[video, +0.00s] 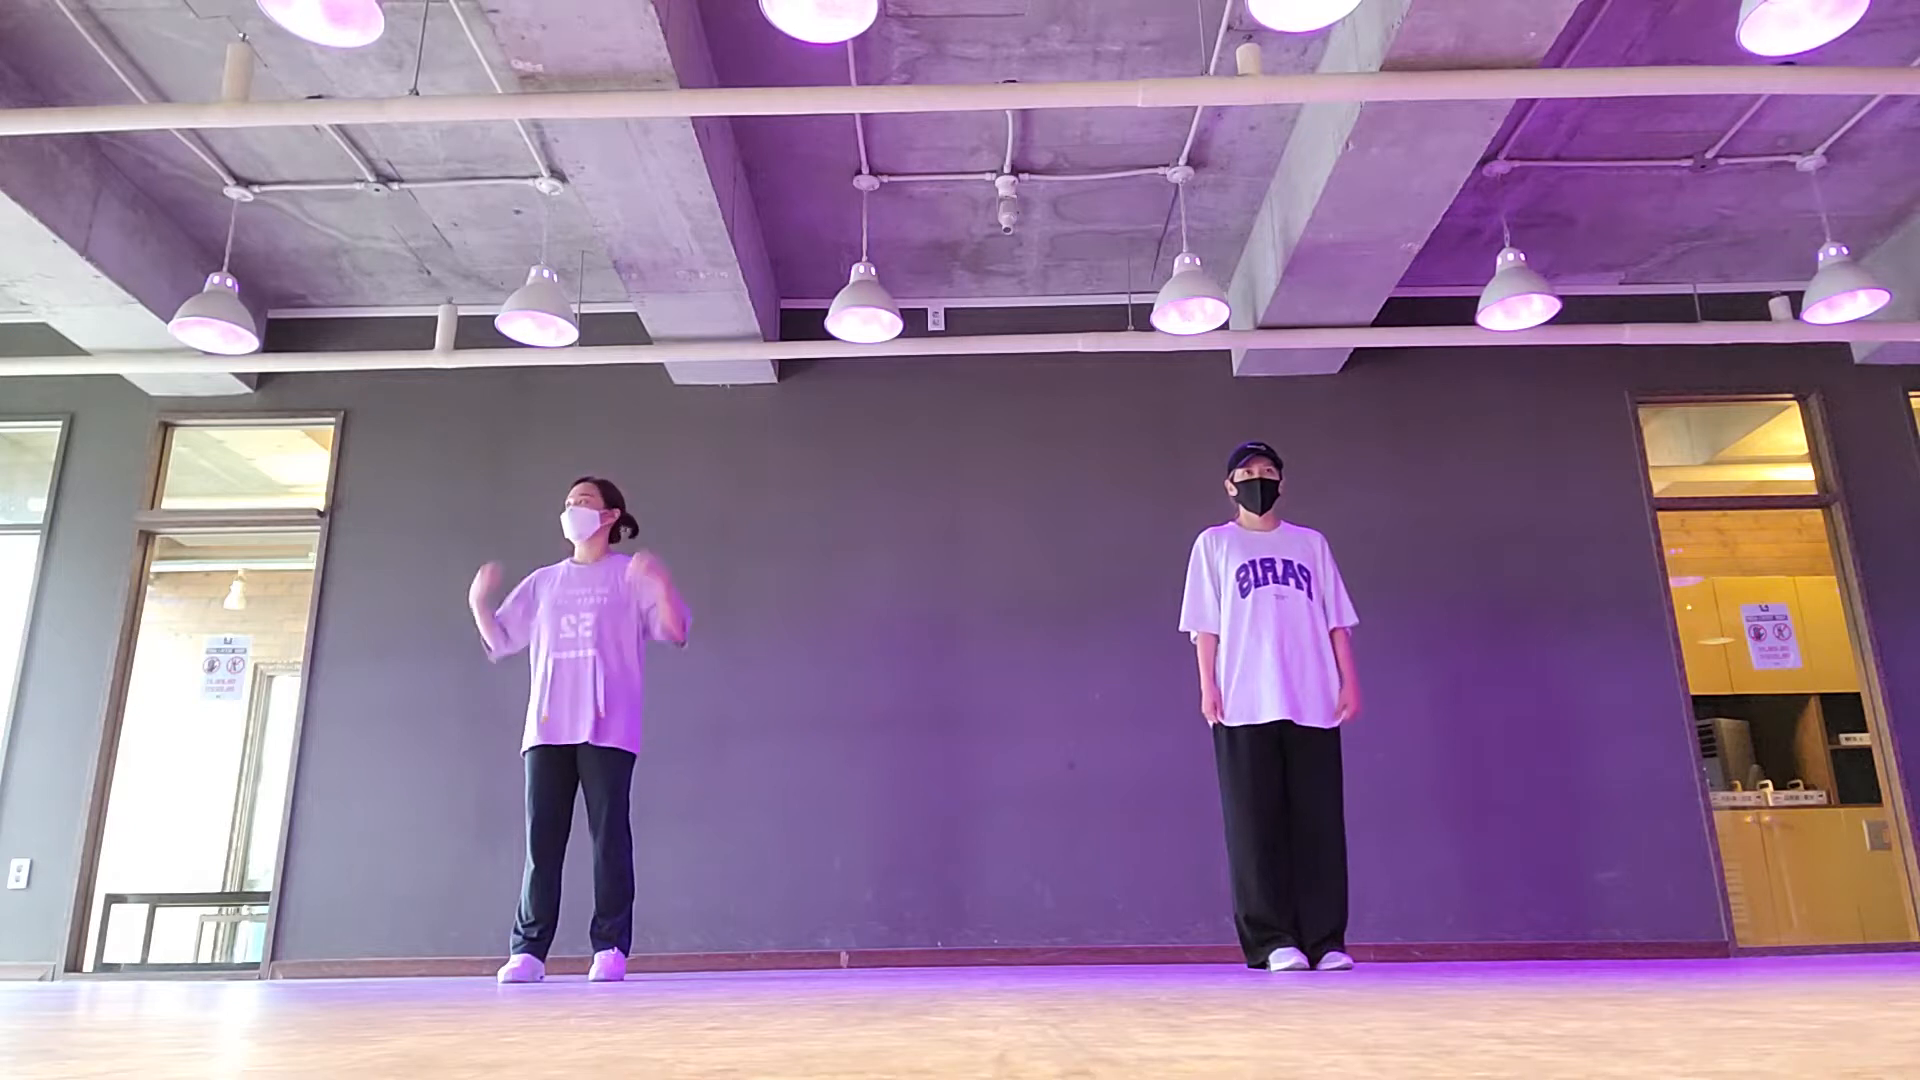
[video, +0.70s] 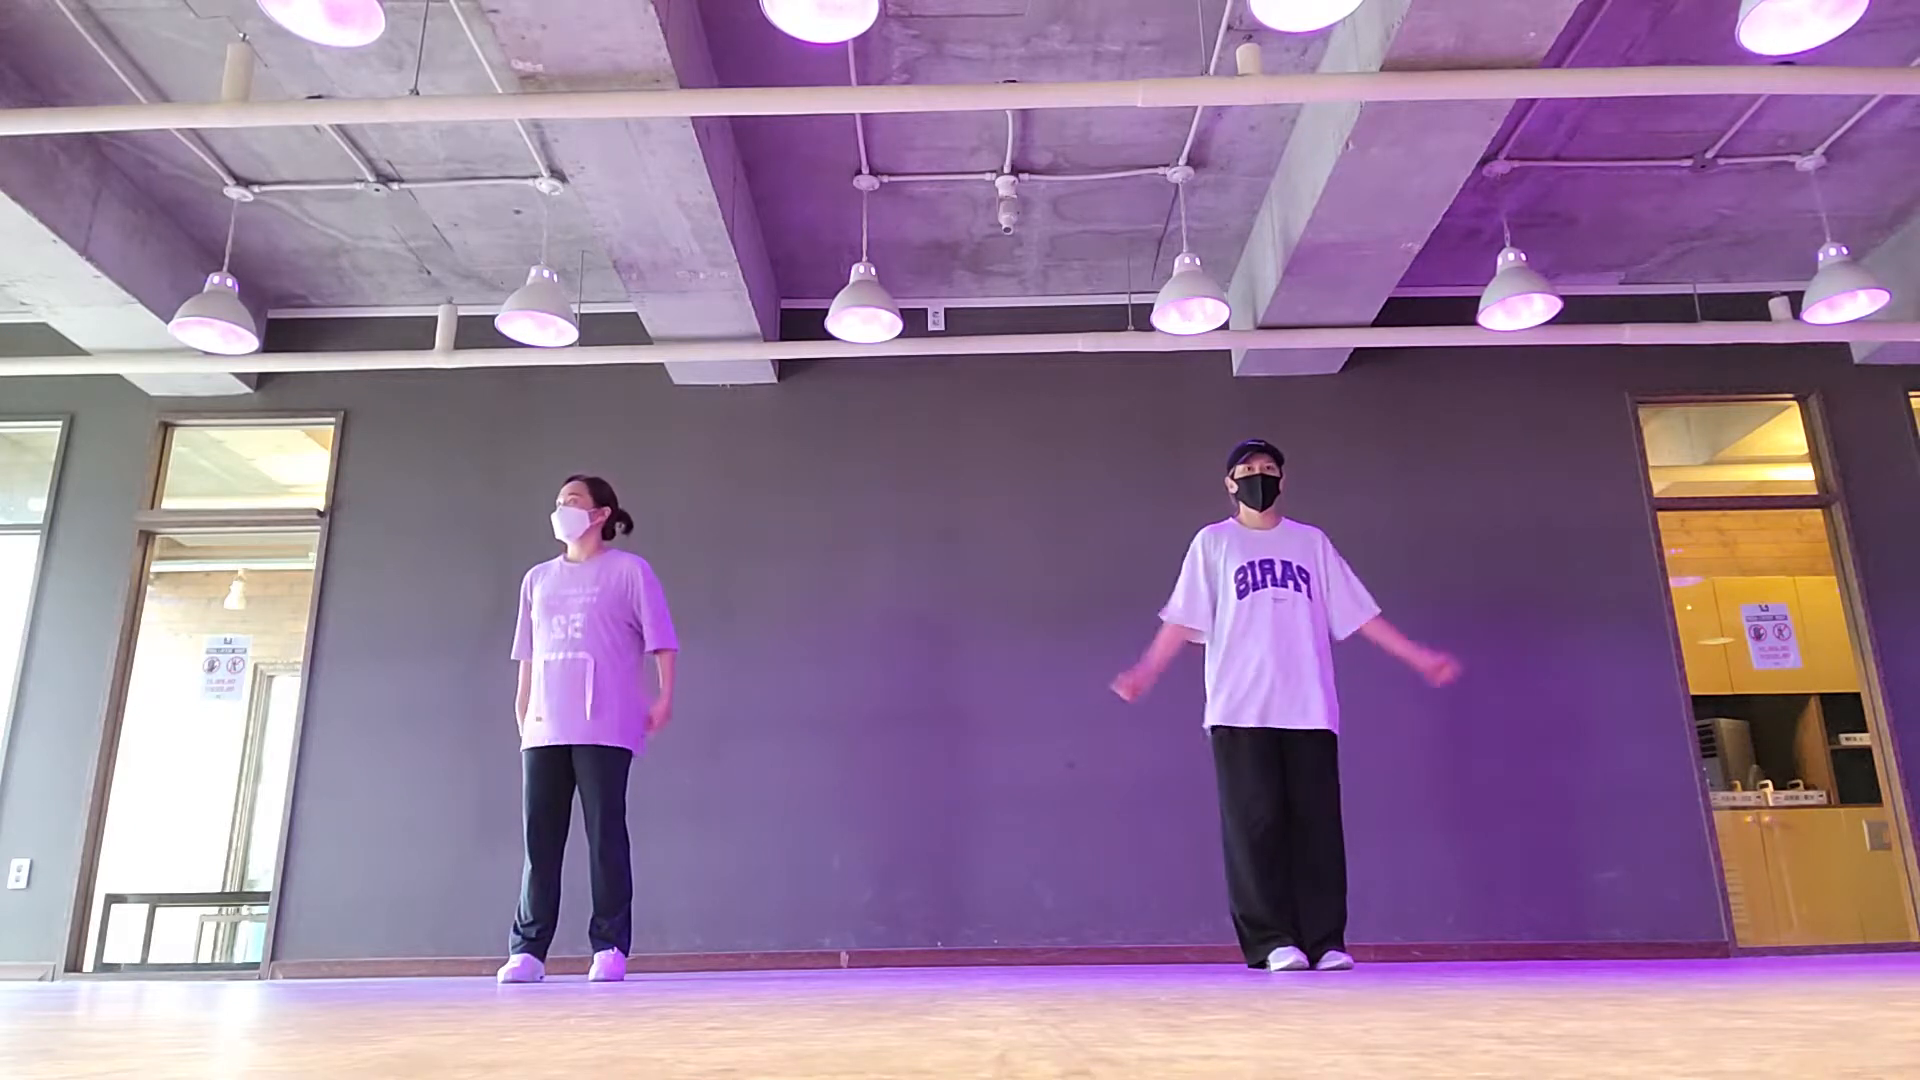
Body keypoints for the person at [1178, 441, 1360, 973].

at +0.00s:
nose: (1259, 480)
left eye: (1268, 472)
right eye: (1248, 472)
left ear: (1281, 483)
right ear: (1231, 485)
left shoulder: (1311, 543)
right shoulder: (1213, 544)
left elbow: (1336, 621)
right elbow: (1205, 624)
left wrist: (1349, 682)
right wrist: (1208, 685)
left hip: (1311, 702)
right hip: (1245, 706)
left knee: (1318, 823)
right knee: (1256, 828)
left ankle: (1326, 941)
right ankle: (1271, 943)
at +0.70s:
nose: (1259, 481)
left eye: (1268, 473)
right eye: (1248, 473)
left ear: (1282, 481)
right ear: (1230, 484)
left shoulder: (1313, 543)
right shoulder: (1211, 543)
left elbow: (1362, 616)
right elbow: (1181, 621)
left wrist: (1420, 658)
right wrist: (1144, 671)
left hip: (1309, 708)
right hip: (1241, 711)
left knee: (1317, 824)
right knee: (1257, 827)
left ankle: (1325, 941)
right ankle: (1273, 944)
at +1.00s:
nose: (1260, 478)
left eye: (1269, 470)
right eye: (1249, 470)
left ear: (1281, 479)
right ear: (1231, 481)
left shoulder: (1313, 538)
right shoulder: (1209, 539)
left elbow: (1368, 597)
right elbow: (1172, 610)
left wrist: (1369, 584)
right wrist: (1205, 566)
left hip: (1311, 704)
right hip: (1242, 707)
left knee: (1319, 821)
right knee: (1262, 827)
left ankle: (1328, 942)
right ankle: (1276, 945)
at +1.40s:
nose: (1266, 479)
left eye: (1275, 472)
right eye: (1256, 471)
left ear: (1287, 484)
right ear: (1237, 482)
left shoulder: (1313, 541)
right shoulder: (1215, 534)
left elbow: (1357, 601)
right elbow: (1209, 560)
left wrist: (1314, 559)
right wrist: (1235, 515)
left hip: (1309, 702)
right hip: (1245, 699)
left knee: (1321, 822)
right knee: (1265, 823)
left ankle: (1329, 944)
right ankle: (1279, 945)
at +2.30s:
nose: (1233, 478)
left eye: (1242, 470)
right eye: (1222, 474)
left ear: (1260, 482)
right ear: (1211, 494)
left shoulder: (1304, 527)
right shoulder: (1205, 554)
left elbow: (1369, 524)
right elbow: (1186, 630)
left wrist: (1436, 517)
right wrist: (1242, 609)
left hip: (1313, 703)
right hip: (1245, 713)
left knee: (1318, 823)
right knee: (1261, 826)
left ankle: (1324, 942)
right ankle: (1276, 943)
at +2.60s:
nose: (1231, 486)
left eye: (1240, 477)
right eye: (1221, 482)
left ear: (1260, 485)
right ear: (1212, 496)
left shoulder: (1296, 528)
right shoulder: (1202, 553)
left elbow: (1282, 603)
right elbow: (1203, 608)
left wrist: (1214, 634)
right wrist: (1257, 570)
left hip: (1309, 696)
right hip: (1244, 705)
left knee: (1325, 817)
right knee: (1264, 825)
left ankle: (1333, 943)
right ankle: (1280, 945)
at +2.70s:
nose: (1234, 483)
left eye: (1242, 473)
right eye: (1223, 478)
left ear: (1261, 481)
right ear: (1212, 493)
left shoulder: (1295, 520)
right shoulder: (1204, 541)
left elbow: (1275, 573)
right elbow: (1190, 577)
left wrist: (1205, 589)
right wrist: (1248, 535)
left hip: (1307, 688)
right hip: (1242, 693)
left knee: (1319, 813)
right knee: (1264, 816)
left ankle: (1328, 943)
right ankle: (1280, 944)